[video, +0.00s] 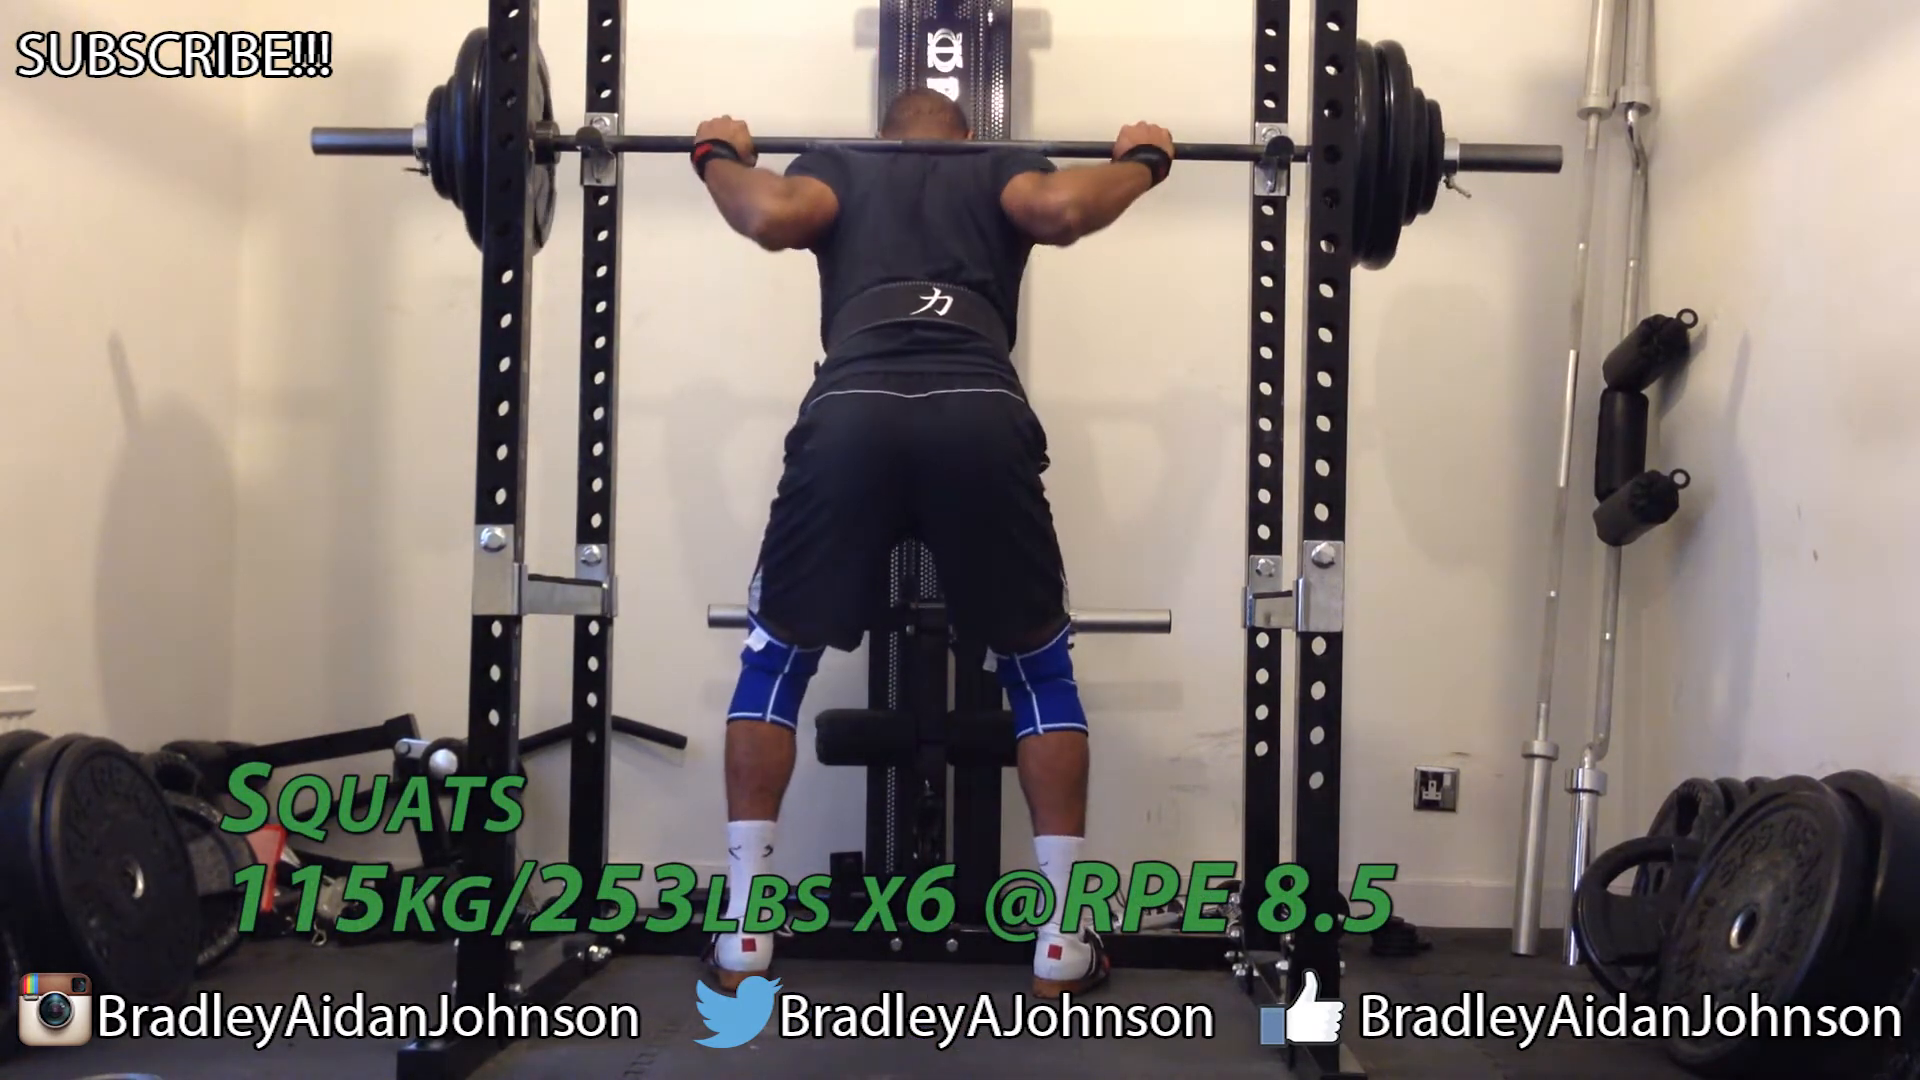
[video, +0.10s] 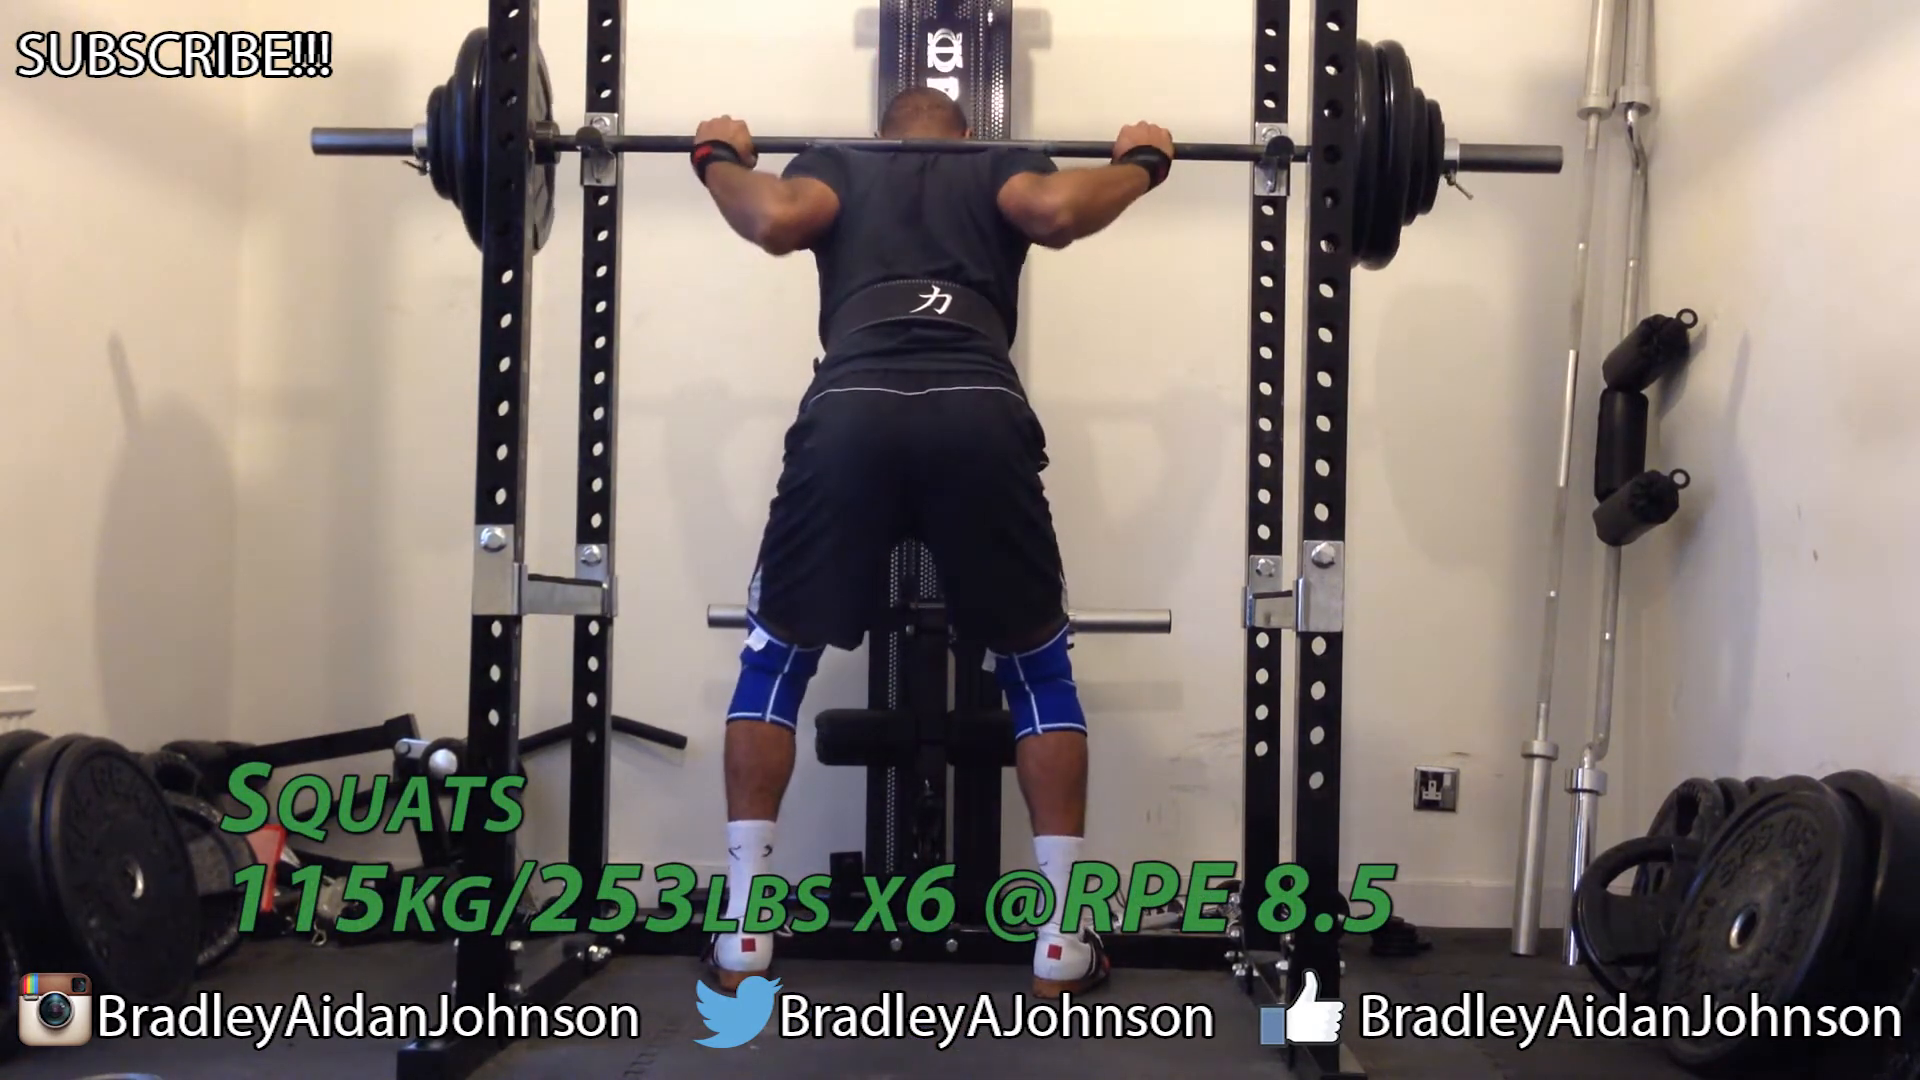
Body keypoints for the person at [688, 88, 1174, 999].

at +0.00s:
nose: (943, 130)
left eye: (922, 124)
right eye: (955, 124)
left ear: (882, 134)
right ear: (970, 135)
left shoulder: (838, 165)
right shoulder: (1001, 169)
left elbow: (767, 214)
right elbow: (1063, 208)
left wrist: (720, 157)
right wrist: (1137, 163)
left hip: (852, 414)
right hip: (980, 413)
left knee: (775, 657)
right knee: (1037, 666)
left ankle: (744, 920)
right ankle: (1062, 926)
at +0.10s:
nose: (942, 130)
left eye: (918, 124)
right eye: (955, 123)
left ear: (881, 132)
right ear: (968, 133)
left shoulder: (837, 164)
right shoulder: (1000, 166)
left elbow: (772, 220)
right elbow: (1055, 210)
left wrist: (722, 163)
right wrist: (1137, 165)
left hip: (852, 409)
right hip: (978, 408)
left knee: (775, 655)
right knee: (1035, 665)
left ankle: (744, 918)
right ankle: (1062, 927)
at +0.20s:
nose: (944, 130)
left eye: (920, 124)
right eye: (954, 122)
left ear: (880, 131)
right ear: (967, 132)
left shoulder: (837, 162)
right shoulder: (999, 163)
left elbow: (778, 227)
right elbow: (1053, 220)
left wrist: (723, 167)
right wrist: (1134, 172)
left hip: (849, 410)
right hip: (976, 408)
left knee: (776, 656)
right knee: (1034, 666)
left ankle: (743, 918)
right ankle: (1062, 925)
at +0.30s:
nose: (948, 127)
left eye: (920, 121)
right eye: (955, 119)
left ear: (881, 131)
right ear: (966, 130)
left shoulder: (838, 162)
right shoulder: (999, 164)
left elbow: (781, 232)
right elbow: (1053, 227)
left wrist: (724, 168)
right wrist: (1136, 173)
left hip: (849, 412)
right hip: (975, 411)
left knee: (776, 658)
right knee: (1033, 670)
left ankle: (744, 917)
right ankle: (1062, 925)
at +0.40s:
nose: (942, 127)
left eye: (917, 119)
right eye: (952, 118)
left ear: (879, 126)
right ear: (965, 125)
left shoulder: (835, 160)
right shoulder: (1000, 162)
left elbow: (782, 246)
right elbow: (1048, 241)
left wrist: (721, 169)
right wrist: (1139, 177)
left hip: (848, 411)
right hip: (973, 410)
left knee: (775, 657)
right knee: (1033, 669)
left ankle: (744, 916)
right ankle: (1062, 928)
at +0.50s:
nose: (939, 127)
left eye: (917, 119)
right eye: (951, 118)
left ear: (878, 126)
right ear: (965, 126)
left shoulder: (835, 161)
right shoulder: (999, 162)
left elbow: (781, 259)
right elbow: (1048, 248)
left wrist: (720, 174)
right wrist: (1137, 183)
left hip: (847, 412)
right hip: (973, 409)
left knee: (776, 658)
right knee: (1032, 668)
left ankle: (744, 916)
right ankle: (1062, 926)